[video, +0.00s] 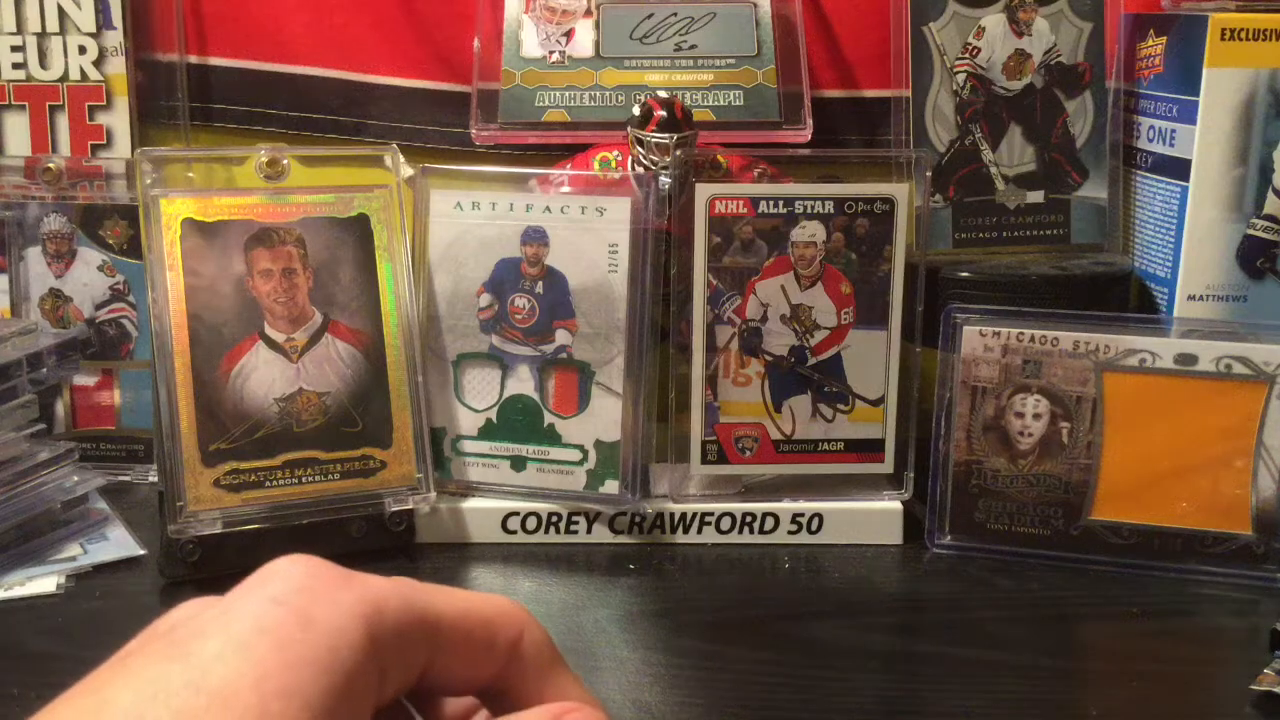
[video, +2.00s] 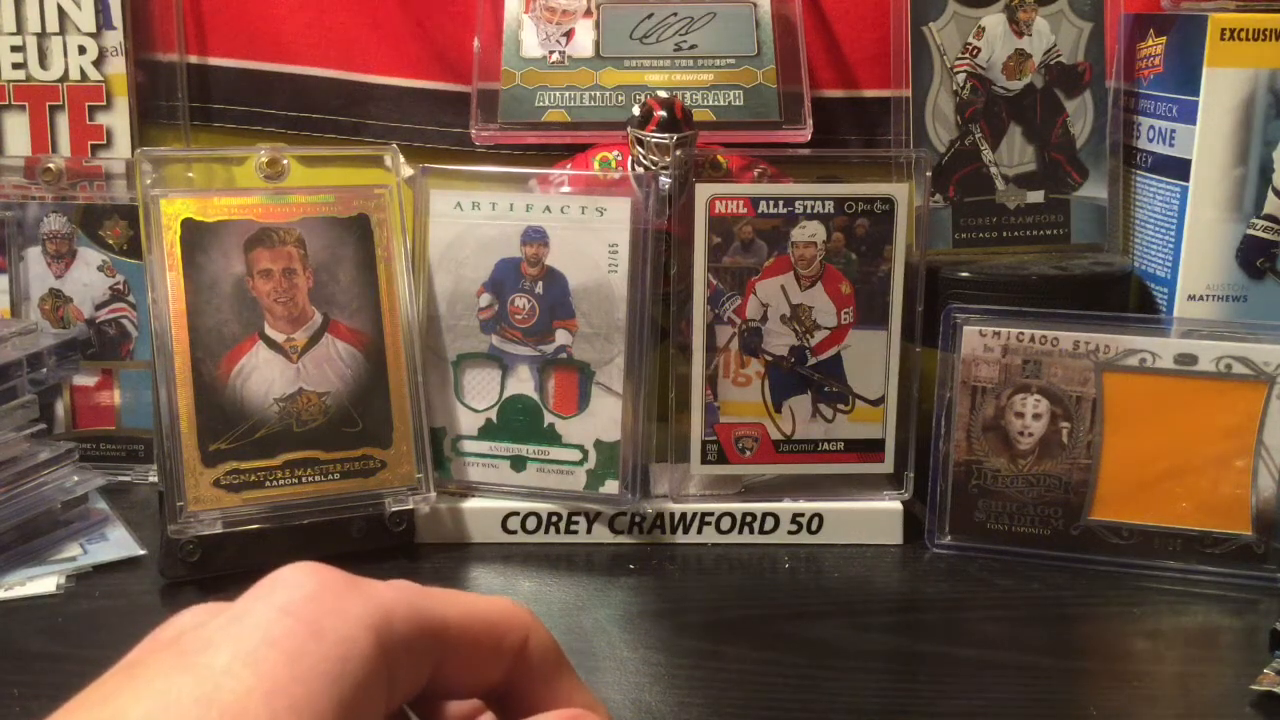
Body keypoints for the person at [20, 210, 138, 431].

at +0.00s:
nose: (57, 247)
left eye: (63, 241)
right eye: (51, 241)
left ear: (72, 241)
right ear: (42, 242)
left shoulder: (96, 264)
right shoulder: (27, 261)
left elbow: (120, 305)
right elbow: (15, 308)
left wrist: (107, 335)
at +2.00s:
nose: (57, 247)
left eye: (62, 240)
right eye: (51, 241)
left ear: (72, 240)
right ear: (43, 243)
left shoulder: (96, 264)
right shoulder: (28, 260)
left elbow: (120, 302)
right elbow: (15, 307)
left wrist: (108, 333)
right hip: (40, 361)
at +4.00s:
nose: (57, 246)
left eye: (62, 240)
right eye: (51, 240)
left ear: (72, 240)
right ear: (43, 242)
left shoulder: (96, 264)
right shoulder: (27, 261)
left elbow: (120, 304)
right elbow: (11, 306)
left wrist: (108, 333)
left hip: (87, 360)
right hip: (39, 358)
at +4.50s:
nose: (57, 246)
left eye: (62, 239)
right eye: (51, 240)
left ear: (72, 239)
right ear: (43, 242)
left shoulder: (96, 264)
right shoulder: (27, 261)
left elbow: (120, 304)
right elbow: (13, 308)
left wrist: (108, 334)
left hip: (88, 361)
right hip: (40, 358)